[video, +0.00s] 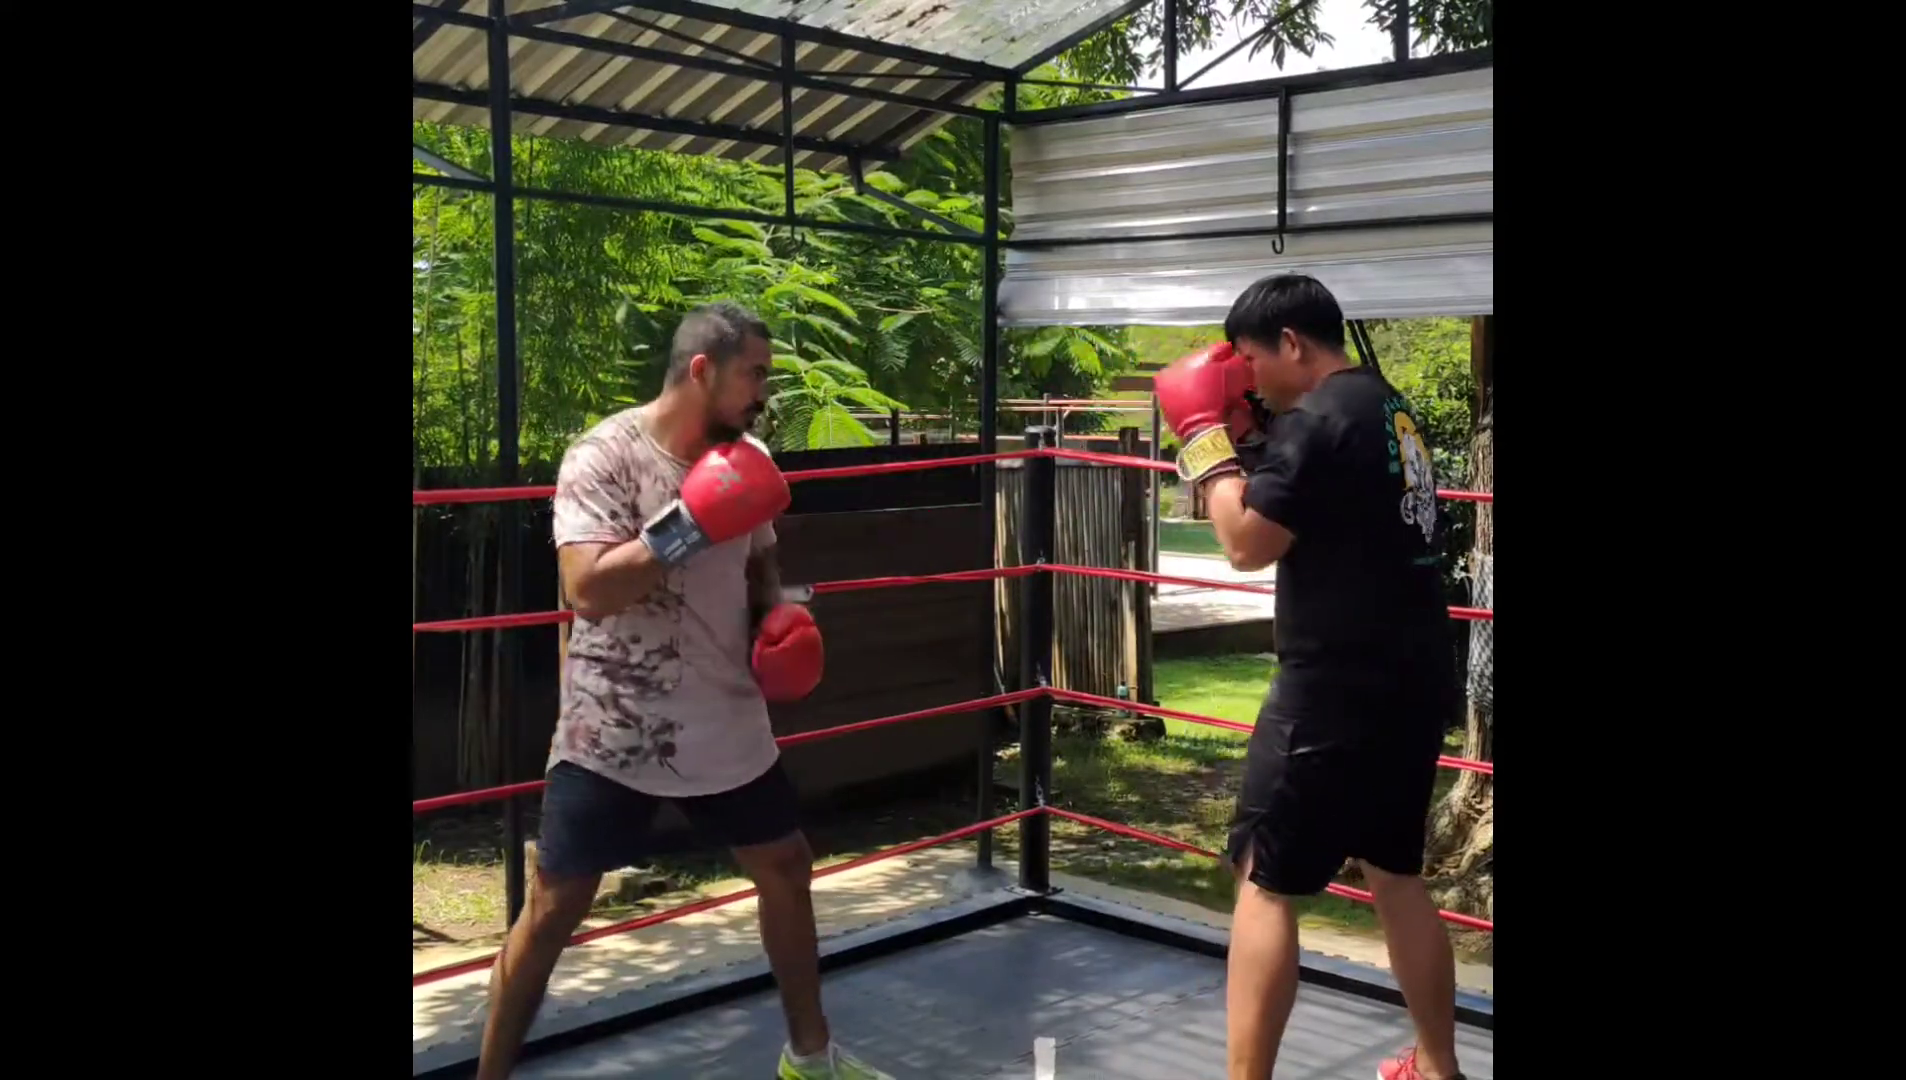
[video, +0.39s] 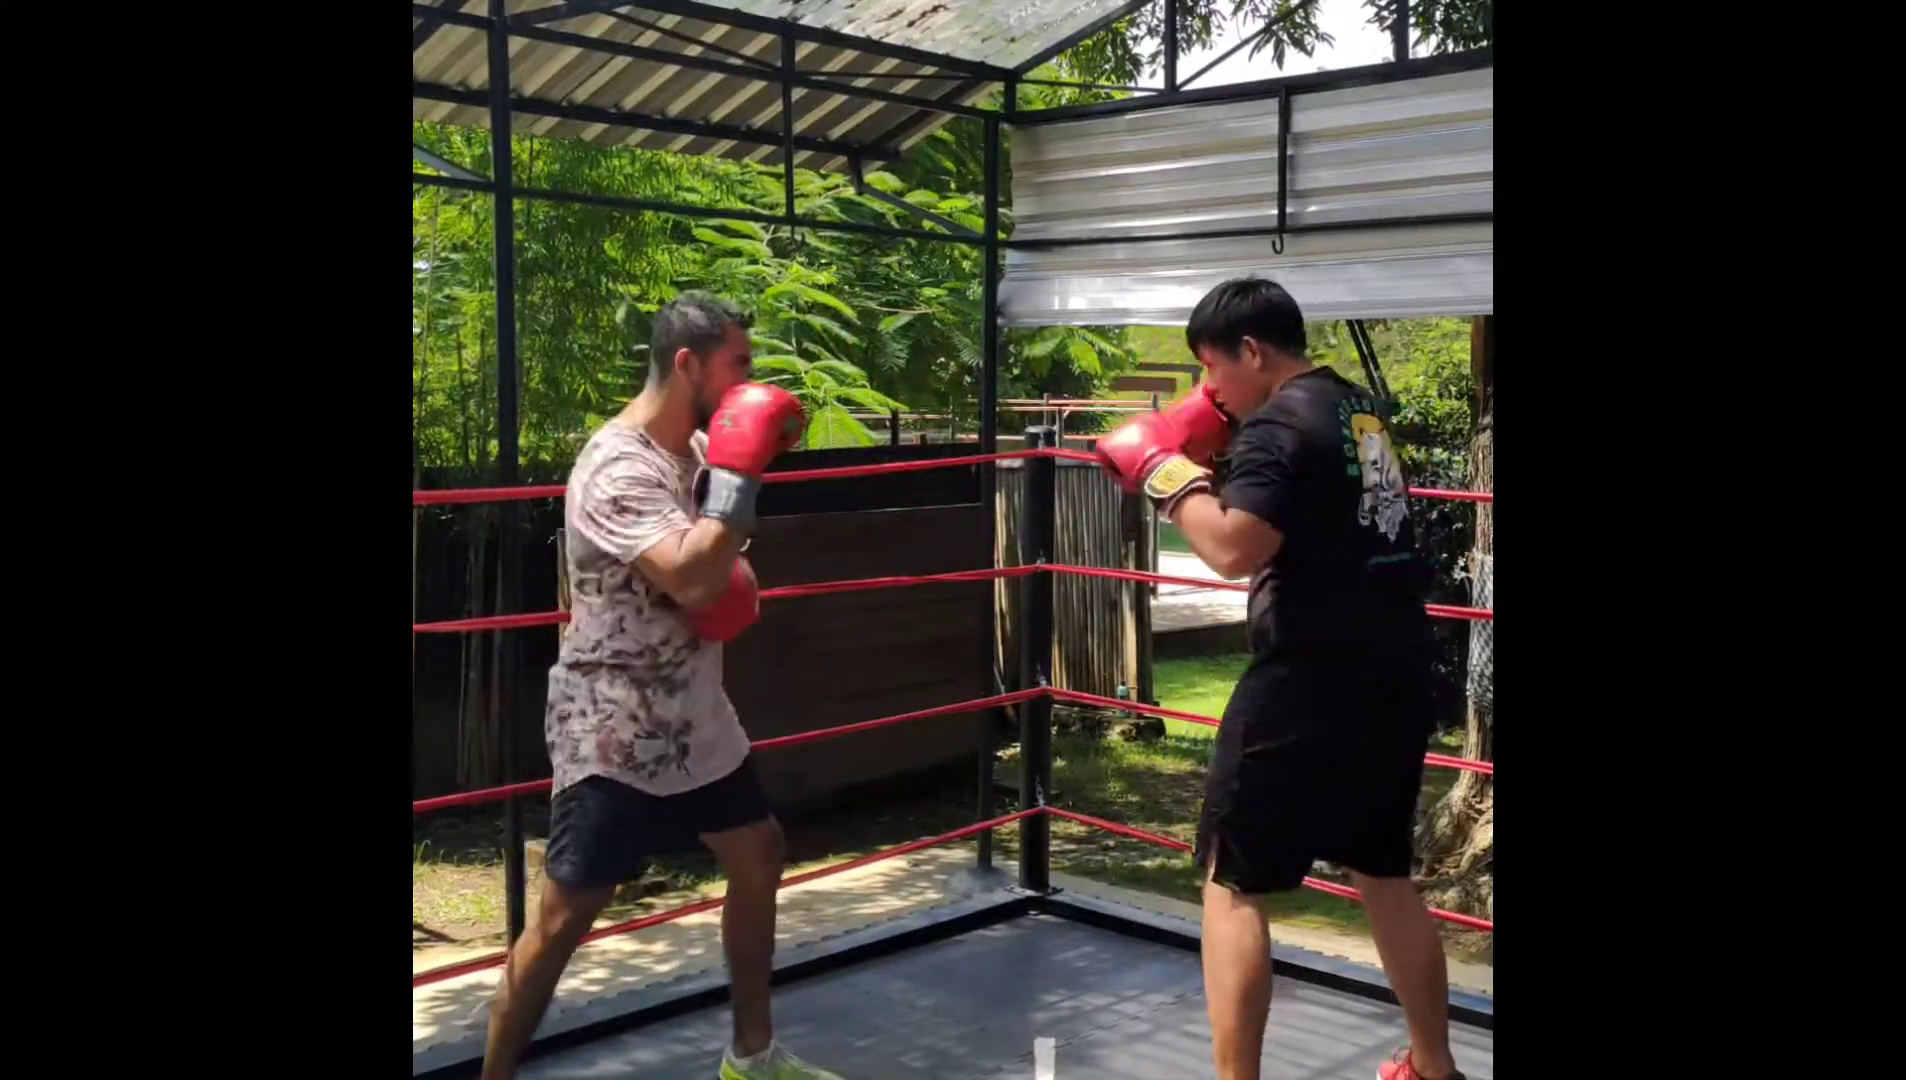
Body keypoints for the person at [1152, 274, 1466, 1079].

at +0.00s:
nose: (1249, 382)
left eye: (1249, 363)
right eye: (1242, 368)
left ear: (1293, 344)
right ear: (1321, 342)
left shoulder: (1318, 419)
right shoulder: (1385, 405)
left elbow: (1246, 543)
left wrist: (1207, 443)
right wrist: (1249, 436)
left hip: (1332, 685)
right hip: (1413, 683)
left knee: (1265, 881)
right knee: (1398, 875)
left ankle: (1246, 1071)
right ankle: (1438, 1065)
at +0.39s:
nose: (1209, 389)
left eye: (1210, 370)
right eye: (1202, 375)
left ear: (1256, 352)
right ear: (1282, 350)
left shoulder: (1279, 425)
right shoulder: (1358, 405)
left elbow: (1234, 550)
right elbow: (1311, 523)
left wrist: (1163, 472)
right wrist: (1219, 451)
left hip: (1302, 681)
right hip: (1393, 679)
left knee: (1232, 880)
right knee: (1387, 871)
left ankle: (1236, 1072)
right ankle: (1433, 1063)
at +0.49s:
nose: (1186, 387)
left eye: (1186, 370)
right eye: (1180, 373)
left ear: (1225, 353)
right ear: (1273, 345)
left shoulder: (1234, 413)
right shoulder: (1348, 396)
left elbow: (1091, 453)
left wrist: (994, 412)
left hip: (1286, 675)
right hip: (1390, 674)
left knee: (1218, 869)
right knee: (1391, 870)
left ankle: (1205, 1068)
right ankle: (1435, 1060)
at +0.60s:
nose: (1187, 384)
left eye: (1187, 368)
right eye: (1182, 371)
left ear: (1221, 351)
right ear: (1274, 341)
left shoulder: (1220, 407)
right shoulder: (1356, 393)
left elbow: (1074, 413)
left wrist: (964, 380)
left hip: (1275, 686)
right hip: (1383, 682)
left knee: (1216, 878)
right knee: (1393, 871)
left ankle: (1205, 1069)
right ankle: (1436, 1056)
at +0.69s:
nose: (1197, 376)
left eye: (1197, 362)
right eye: (1192, 365)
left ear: (1228, 348)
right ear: (1283, 340)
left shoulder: (1230, 399)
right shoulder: (1360, 392)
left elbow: (1085, 428)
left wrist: (965, 392)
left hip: (1274, 687)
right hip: (1382, 682)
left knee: (1216, 879)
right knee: (1391, 869)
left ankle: (1206, 1069)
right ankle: (1435, 1056)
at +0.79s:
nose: (1212, 380)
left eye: (1212, 362)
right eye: (1208, 364)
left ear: (1250, 344)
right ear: (1288, 342)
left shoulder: (1266, 407)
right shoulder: (1359, 395)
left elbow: (1167, 510)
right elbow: (1298, 491)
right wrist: (1219, 435)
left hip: (1289, 681)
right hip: (1385, 677)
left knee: (1230, 874)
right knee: (1385, 866)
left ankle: (1219, 1070)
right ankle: (1433, 1059)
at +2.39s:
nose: (1193, 387)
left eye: (1191, 367)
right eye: (1187, 371)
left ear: (1230, 350)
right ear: (1274, 342)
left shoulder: (1254, 416)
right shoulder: (1346, 397)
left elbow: (1168, 512)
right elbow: (1290, 490)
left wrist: (1094, 453)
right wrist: (1203, 446)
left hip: (1281, 685)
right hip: (1385, 681)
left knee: (1218, 872)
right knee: (1387, 870)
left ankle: (1204, 1070)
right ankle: (1432, 1059)